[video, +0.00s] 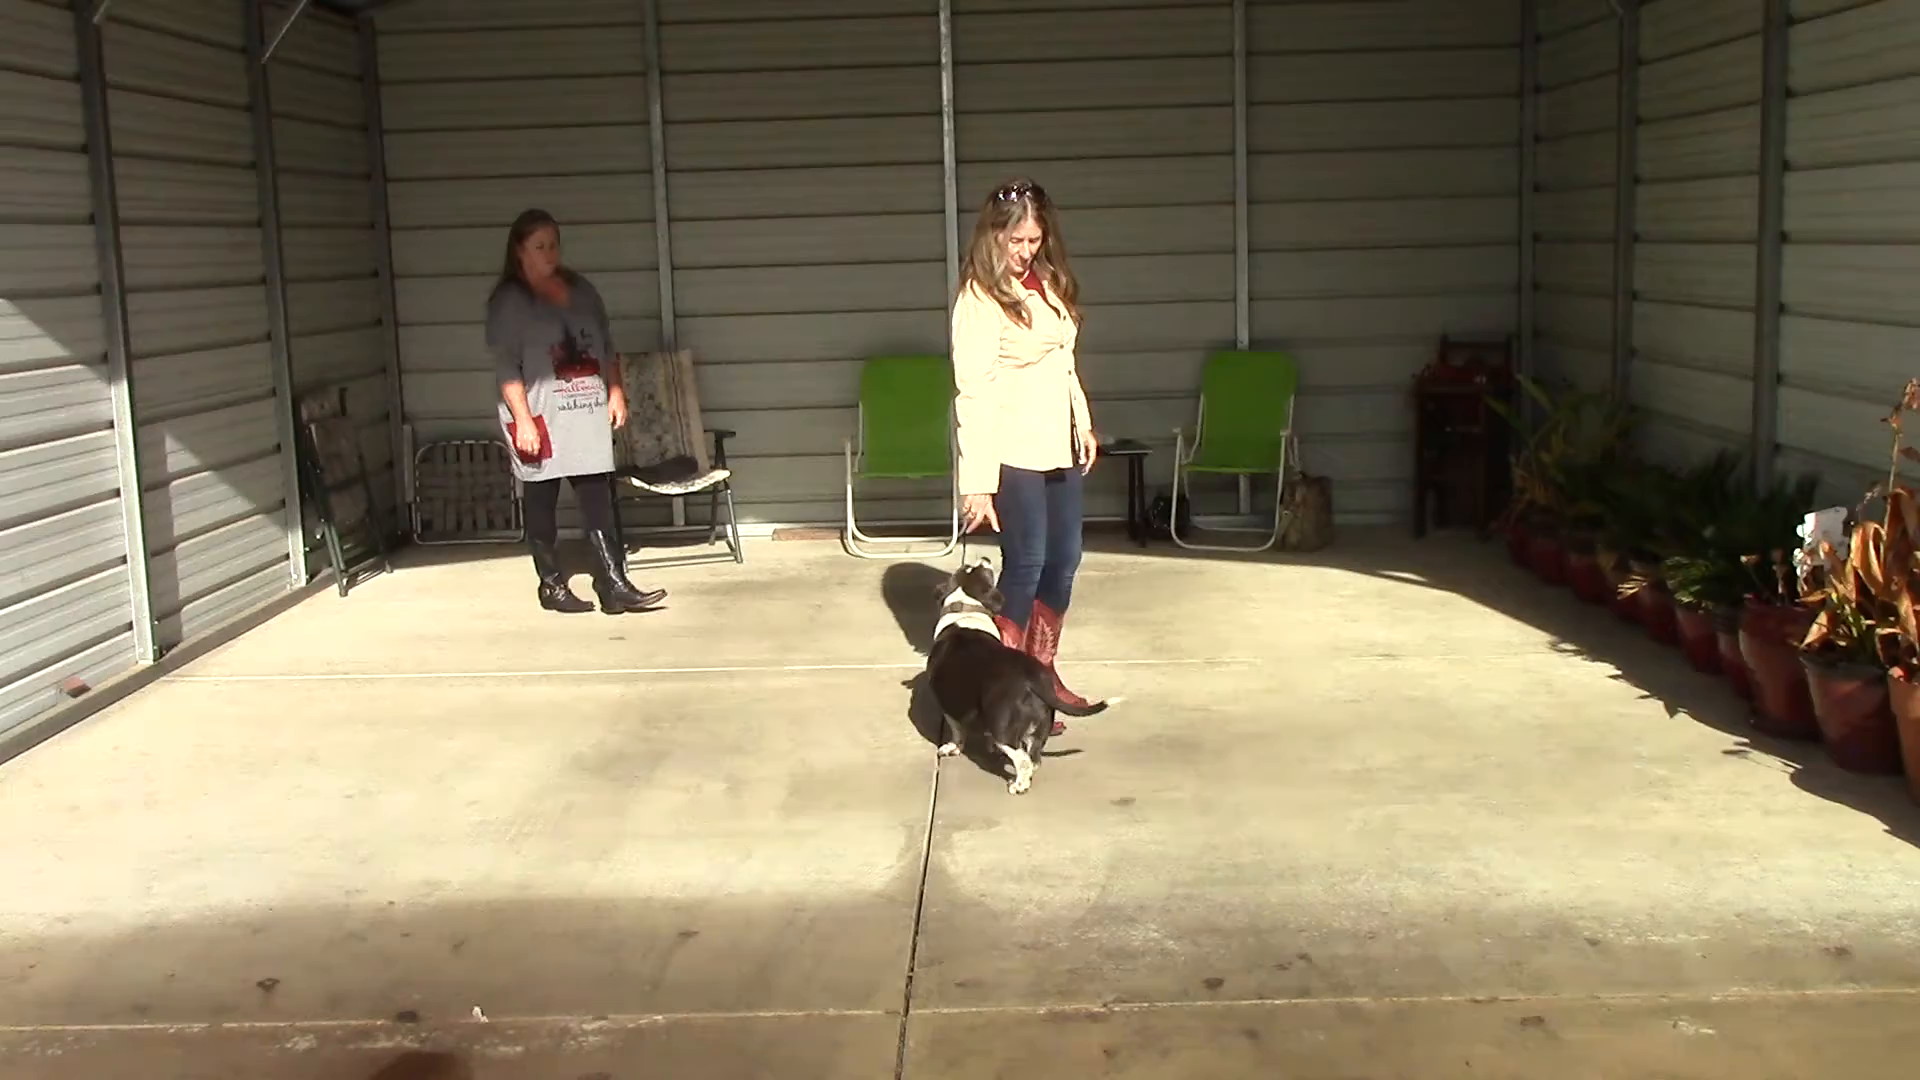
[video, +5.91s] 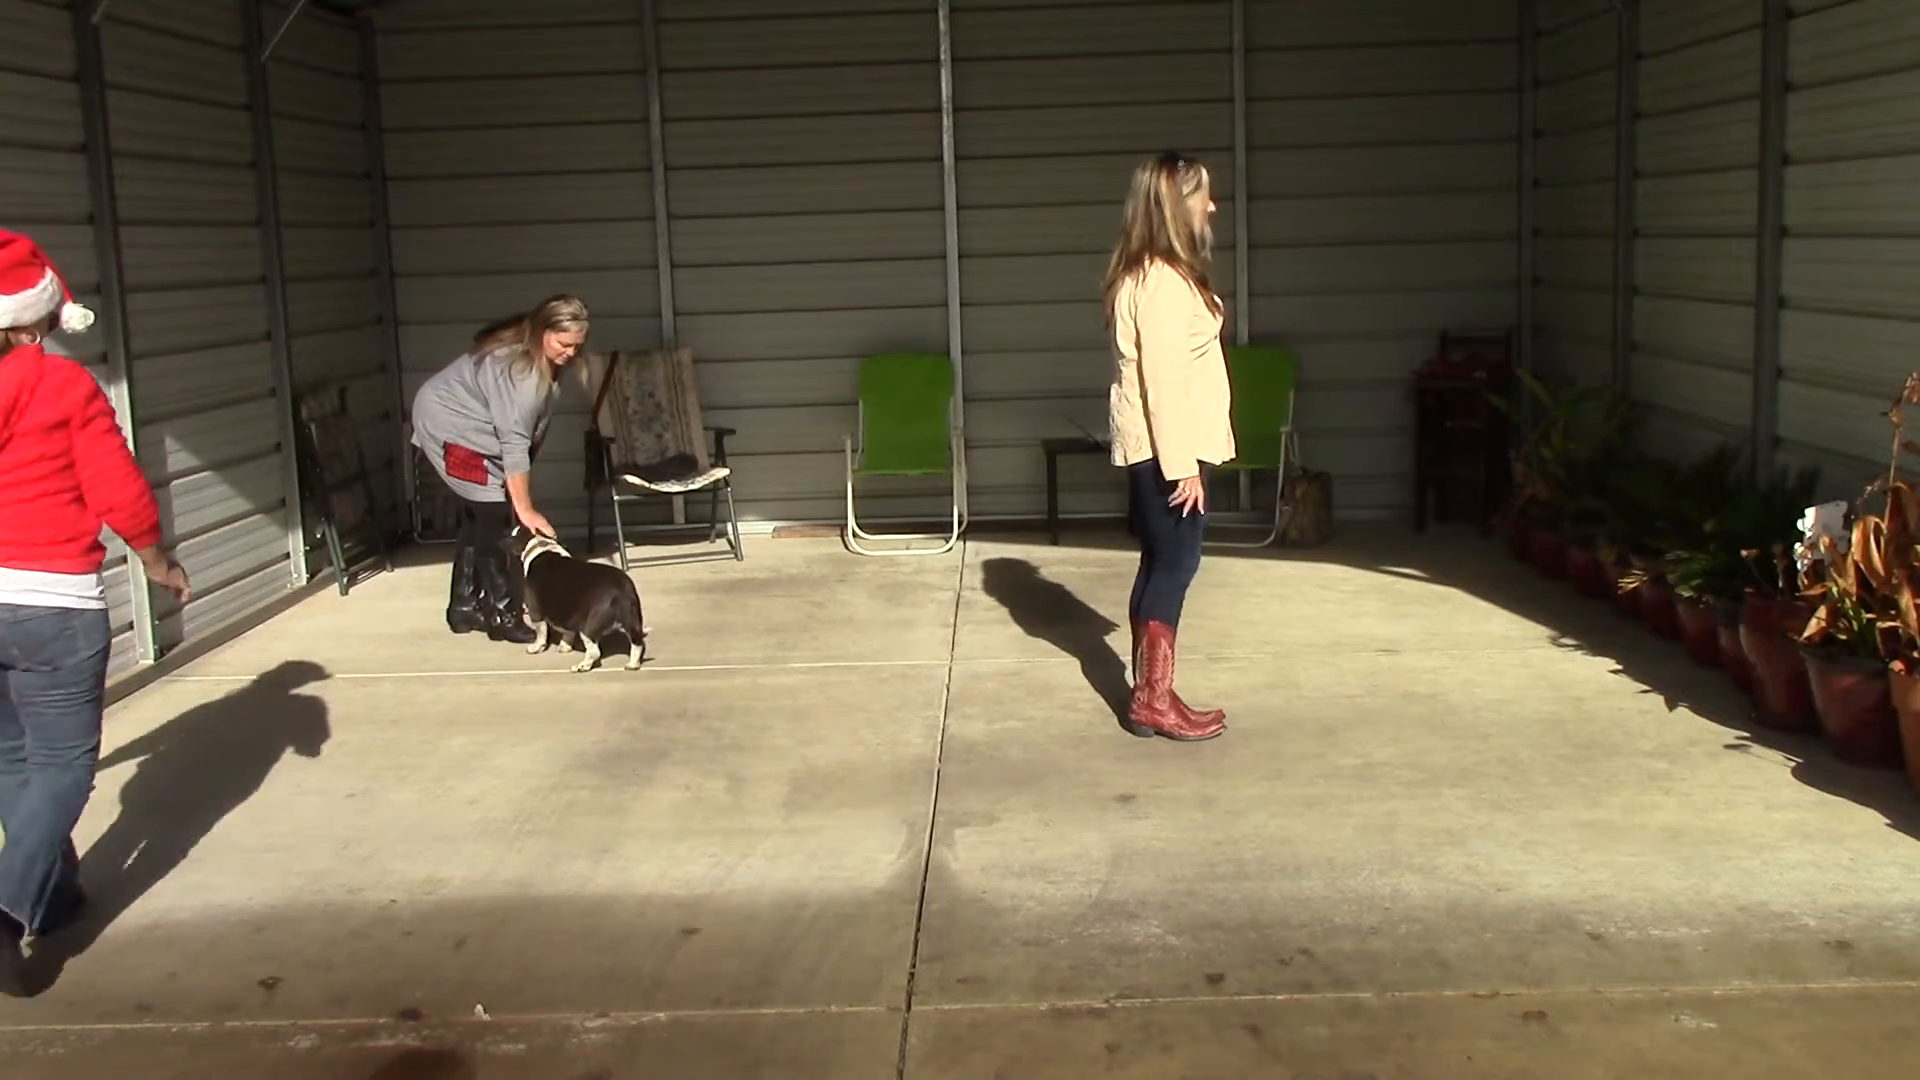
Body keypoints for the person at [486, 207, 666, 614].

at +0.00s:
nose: (551, 251)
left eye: (555, 244)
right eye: (542, 245)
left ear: (560, 247)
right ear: (520, 250)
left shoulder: (582, 290)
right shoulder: (508, 300)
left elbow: (605, 345)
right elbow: (506, 364)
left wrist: (616, 388)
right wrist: (522, 419)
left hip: (587, 408)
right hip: (537, 411)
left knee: (596, 488)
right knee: (540, 496)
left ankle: (614, 583)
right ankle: (552, 585)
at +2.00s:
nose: (533, 255)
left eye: (536, 247)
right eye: (524, 247)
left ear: (538, 251)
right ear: (498, 251)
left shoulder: (547, 300)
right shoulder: (483, 305)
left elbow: (562, 364)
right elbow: (491, 372)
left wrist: (573, 417)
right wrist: (519, 426)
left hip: (549, 428)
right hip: (500, 432)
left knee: (554, 512)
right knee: (503, 521)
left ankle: (566, 600)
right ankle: (498, 618)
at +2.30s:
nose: (513, 256)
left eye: (516, 248)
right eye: (505, 247)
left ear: (516, 251)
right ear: (480, 249)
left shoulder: (518, 299)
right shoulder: (469, 306)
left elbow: (527, 368)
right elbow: (485, 378)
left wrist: (533, 431)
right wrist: (505, 434)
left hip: (523, 433)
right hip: (488, 438)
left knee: (529, 511)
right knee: (494, 519)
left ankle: (515, 607)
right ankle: (497, 617)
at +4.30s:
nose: (493, 260)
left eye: (496, 252)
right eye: (484, 251)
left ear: (498, 252)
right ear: (459, 251)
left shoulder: (491, 296)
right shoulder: (450, 301)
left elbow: (500, 361)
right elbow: (466, 369)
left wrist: (509, 423)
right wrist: (489, 426)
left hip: (487, 423)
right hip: (468, 425)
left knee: (476, 511)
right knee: (494, 511)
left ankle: (465, 602)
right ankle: (500, 609)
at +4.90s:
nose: (534, 303)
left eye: (539, 295)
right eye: (526, 294)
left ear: (543, 293)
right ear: (501, 292)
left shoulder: (528, 330)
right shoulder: (489, 333)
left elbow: (524, 398)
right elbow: (490, 407)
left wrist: (512, 452)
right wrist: (512, 470)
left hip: (479, 422)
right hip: (447, 421)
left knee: (480, 509)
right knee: (490, 509)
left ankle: (464, 603)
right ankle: (499, 610)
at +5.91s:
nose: (569, 353)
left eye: (575, 346)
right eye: (563, 344)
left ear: (582, 340)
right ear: (542, 332)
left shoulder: (541, 362)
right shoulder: (518, 370)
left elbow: (535, 427)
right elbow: (513, 443)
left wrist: (517, 471)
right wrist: (525, 509)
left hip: (462, 418)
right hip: (445, 420)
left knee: (483, 507)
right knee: (494, 510)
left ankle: (464, 606)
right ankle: (500, 612)